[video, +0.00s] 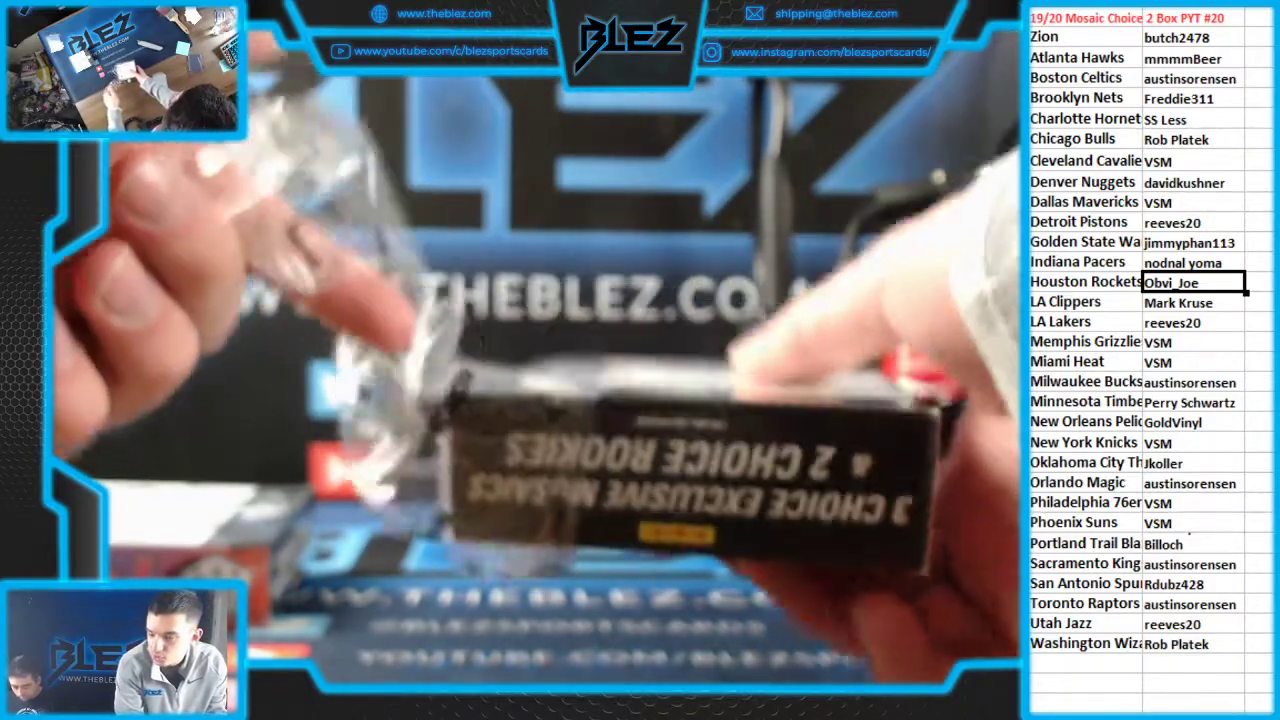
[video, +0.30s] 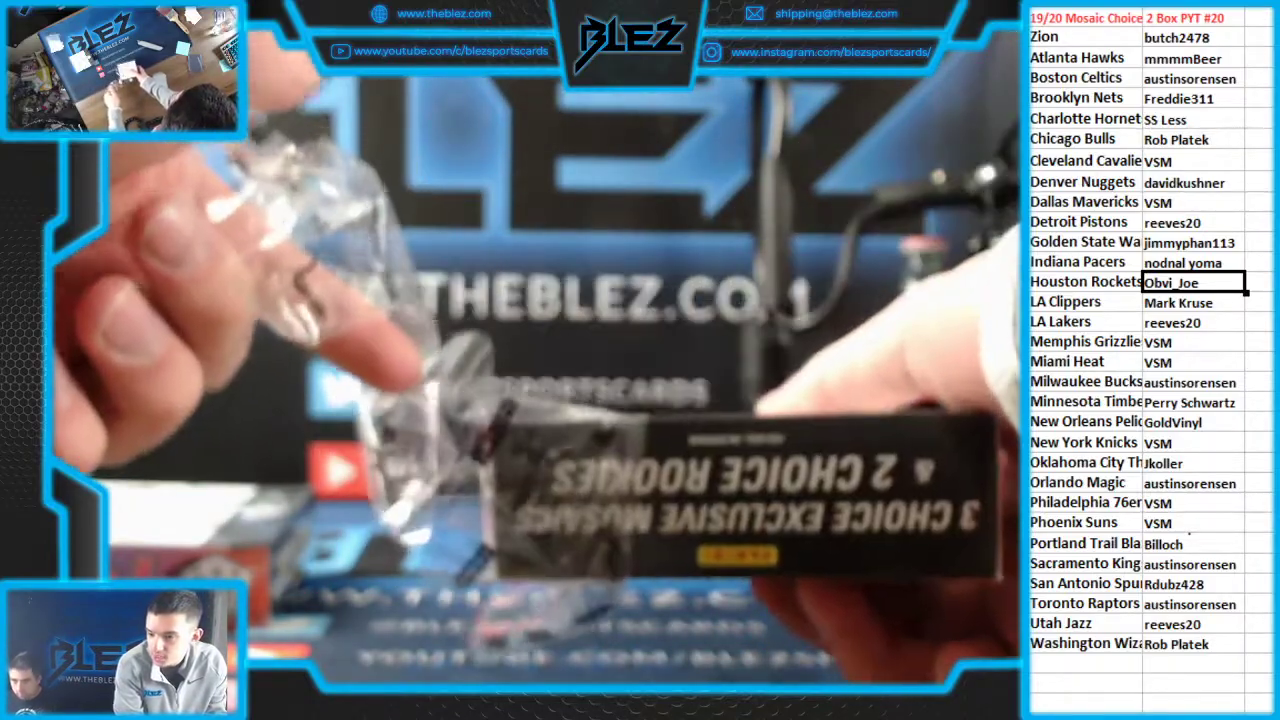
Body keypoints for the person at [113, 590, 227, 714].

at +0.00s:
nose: (157, 647)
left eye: (169, 637)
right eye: (151, 635)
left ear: (195, 636)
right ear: (146, 629)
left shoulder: (212, 661)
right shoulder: (130, 664)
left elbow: (217, 713)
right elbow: (128, 715)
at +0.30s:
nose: (158, 647)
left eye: (169, 637)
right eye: (151, 634)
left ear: (195, 637)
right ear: (146, 630)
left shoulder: (212, 661)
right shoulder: (130, 664)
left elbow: (216, 713)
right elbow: (128, 714)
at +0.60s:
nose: (157, 647)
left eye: (169, 637)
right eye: (151, 635)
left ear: (195, 636)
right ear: (146, 629)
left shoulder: (212, 661)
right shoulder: (130, 664)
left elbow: (217, 713)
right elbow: (128, 715)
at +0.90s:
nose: (157, 647)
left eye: (169, 637)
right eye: (150, 635)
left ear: (195, 636)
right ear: (146, 629)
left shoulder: (212, 661)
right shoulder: (130, 664)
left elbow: (217, 713)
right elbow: (128, 715)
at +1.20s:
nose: (158, 647)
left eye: (169, 637)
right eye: (151, 635)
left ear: (195, 637)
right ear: (146, 629)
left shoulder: (212, 661)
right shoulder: (130, 664)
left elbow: (217, 713)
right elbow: (128, 715)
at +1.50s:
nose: (160, 648)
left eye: (172, 637)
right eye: (153, 635)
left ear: (197, 636)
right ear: (147, 629)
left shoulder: (213, 661)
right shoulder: (131, 664)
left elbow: (217, 713)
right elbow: (128, 714)